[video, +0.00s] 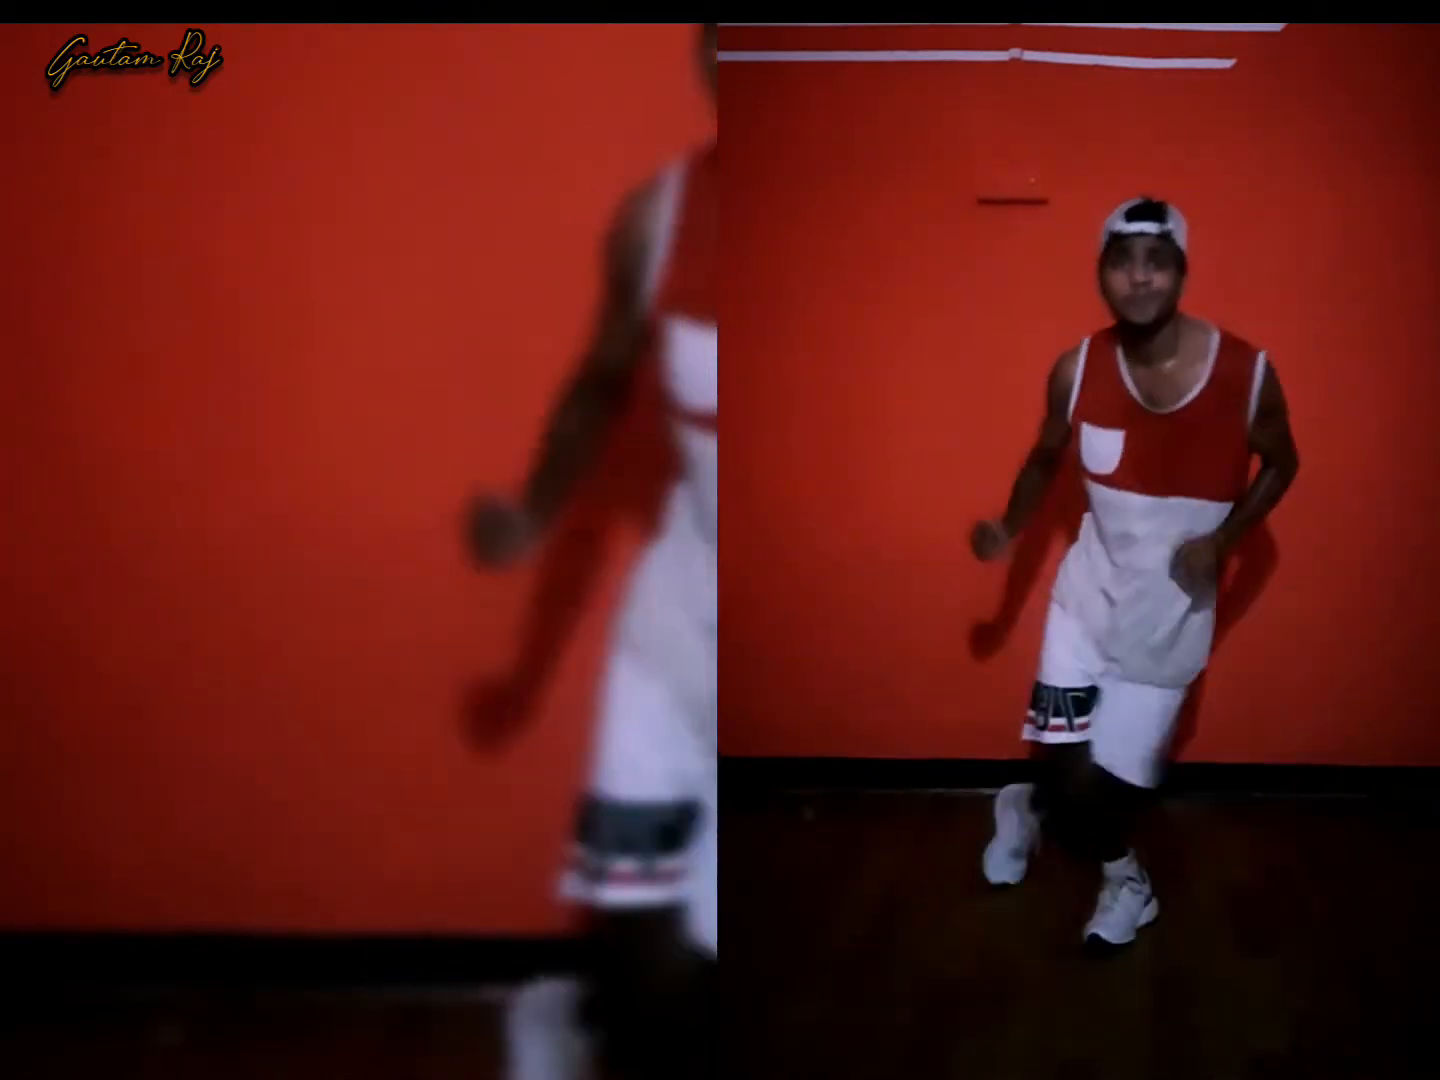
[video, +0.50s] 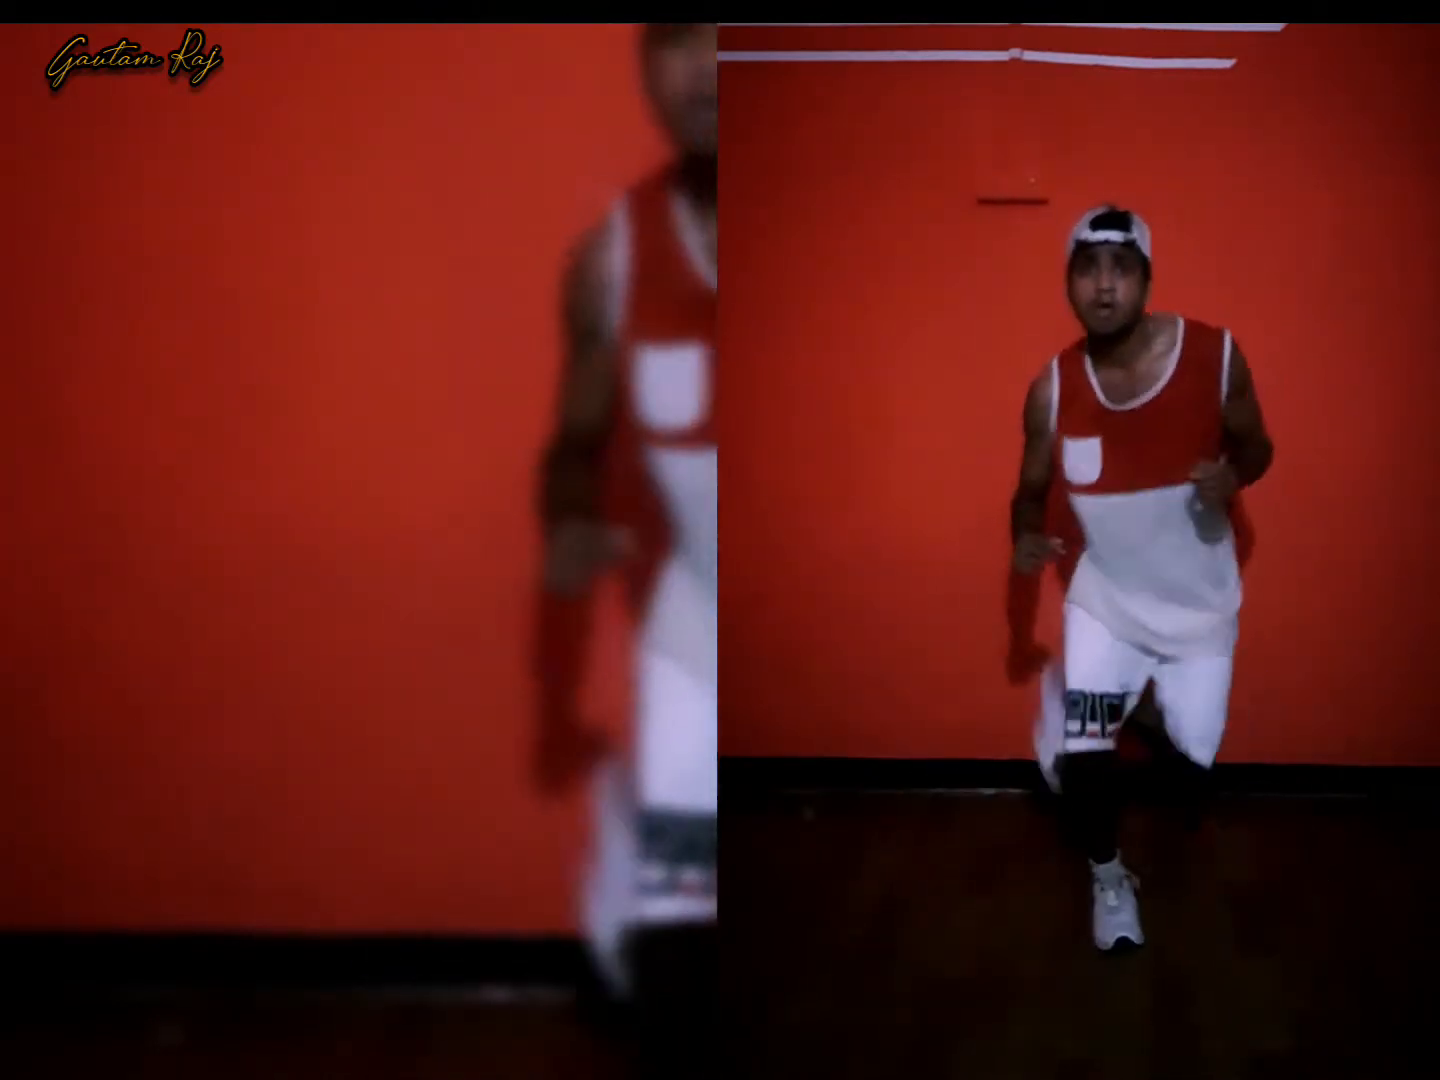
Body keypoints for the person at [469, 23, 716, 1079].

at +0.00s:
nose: (738, 72)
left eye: (760, 54)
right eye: (726, 52)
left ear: (813, 71)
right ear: (704, 63)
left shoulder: (864, 208)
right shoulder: (667, 213)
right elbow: (603, 379)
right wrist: (534, 510)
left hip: (829, 577)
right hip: (699, 568)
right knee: (630, 869)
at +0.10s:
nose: (729, 68)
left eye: (744, 46)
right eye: (713, 45)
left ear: (800, 65)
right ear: (687, 63)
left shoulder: (855, 207)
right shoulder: (647, 220)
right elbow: (601, 403)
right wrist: (543, 489)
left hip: (819, 597)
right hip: (690, 588)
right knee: (626, 894)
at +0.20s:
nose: (732, 64)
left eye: (744, 46)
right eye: (722, 46)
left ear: (790, 64)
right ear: (701, 58)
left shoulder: (857, 191)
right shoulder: (641, 201)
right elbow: (572, 362)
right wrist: (582, 461)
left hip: (811, 553)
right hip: (677, 543)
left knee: (810, 839)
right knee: (648, 838)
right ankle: (655, 1069)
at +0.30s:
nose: (739, 70)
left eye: (756, 58)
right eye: (728, 55)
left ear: (801, 79)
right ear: (706, 63)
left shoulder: (851, 191)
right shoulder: (642, 192)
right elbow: (565, 350)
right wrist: (604, 468)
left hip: (800, 588)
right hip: (672, 573)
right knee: (652, 874)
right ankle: (651, 1074)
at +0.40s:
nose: (730, 73)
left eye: (741, 51)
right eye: (715, 50)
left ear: (773, 72)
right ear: (685, 67)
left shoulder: (843, 207)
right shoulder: (624, 224)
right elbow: (571, 403)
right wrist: (600, 504)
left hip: (818, 552)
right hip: (686, 547)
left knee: (828, 845)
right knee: (680, 854)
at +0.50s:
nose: (707, 70)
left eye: (723, 46)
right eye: (683, 47)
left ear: (754, 65)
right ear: (649, 73)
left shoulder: (829, 224)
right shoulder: (624, 250)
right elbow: (576, 471)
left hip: (820, 604)